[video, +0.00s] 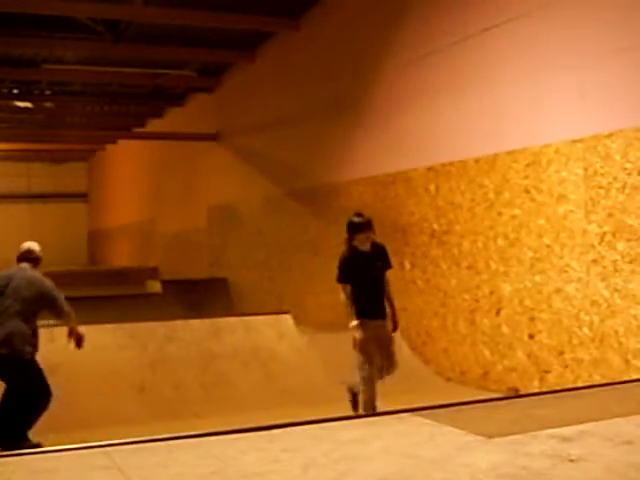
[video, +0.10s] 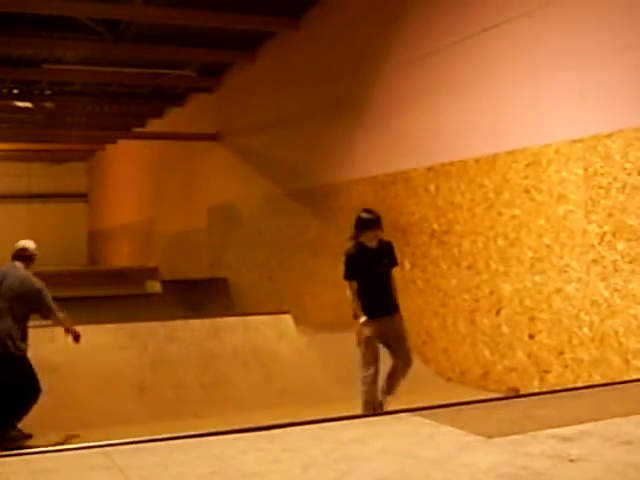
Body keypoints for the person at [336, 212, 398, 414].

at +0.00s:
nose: (366, 237)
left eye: (368, 232)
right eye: (361, 233)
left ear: (372, 232)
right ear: (353, 235)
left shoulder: (380, 251)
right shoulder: (347, 257)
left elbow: (385, 284)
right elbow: (345, 291)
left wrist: (393, 313)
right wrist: (353, 321)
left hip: (381, 319)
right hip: (362, 321)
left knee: (388, 364)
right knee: (368, 368)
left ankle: (357, 388)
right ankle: (369, 409)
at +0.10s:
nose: (373, 235)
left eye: (375, 229)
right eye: (368, 230)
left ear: (379, 229)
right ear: (360, 231)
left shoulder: (386, 248)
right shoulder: (353, 253)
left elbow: (391, 277)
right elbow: (351, 286)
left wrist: (396, 308)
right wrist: (359, 315)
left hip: (390, 315)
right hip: (368, 318)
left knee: (403, 360)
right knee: (370, 367)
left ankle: (385, 392)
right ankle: (370, 408)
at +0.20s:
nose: (383, 235)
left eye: (386, 230)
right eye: (379, 230)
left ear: (389, 230)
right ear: (369, 231)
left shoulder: (395, 249)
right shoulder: (361, 254)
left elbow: (398, 277)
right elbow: (356, 287)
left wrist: (403, 308)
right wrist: (368, 316)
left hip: (397, 316)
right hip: (374, 319)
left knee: (411, 363)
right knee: (371, 371)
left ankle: (411, 407)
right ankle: (370, 413)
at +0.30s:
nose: (393, 238)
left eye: (396, 233)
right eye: (389, 233)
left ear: (399, 233)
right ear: (379, 234)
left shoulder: (406, 253)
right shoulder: (371, 257)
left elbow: (410, 285)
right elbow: (362, 291)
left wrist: (414, 317)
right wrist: (376, 320)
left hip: (405, 321)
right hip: (380, 323)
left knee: (417, 372)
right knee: (372, 375)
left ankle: (430, 409)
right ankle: (369, 415)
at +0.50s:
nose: (419, 236)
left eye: (421, 231)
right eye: (415, 231)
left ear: (424, 231)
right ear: (405, 231)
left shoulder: (429, 254)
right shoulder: (394, 256)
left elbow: (434, 287)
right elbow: (387, 291)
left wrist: (441, 320)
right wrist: (389, 327)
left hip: (432, 324)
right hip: (406, 327)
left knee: (443, 377)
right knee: (392, 380)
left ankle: (441, 420)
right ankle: (370, 418)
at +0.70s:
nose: (438, 234)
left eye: (442, 229)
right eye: (434, 228)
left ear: (445, 228)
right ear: (426, 226)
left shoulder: (451, 249)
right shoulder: (413, 251)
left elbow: (458, 284)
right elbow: (403, 286)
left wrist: (470, 317)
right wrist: (407, 322)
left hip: (447, 316)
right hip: (425, 317)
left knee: (451, 372)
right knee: (438, 370)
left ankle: (443, 411)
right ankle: (415, 403)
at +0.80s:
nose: (452, 237)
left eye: (455, 233)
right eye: (448, 233)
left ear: (457, 230)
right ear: (438, 228)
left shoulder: (458, 248)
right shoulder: (423, 250)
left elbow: (465, 284)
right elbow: (412, 289)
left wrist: (483, 317)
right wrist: (419, 324)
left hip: (453, 314)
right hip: (432, 315)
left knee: (452, 365)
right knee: (456, 363)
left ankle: (446, 410)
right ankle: (446, 411)